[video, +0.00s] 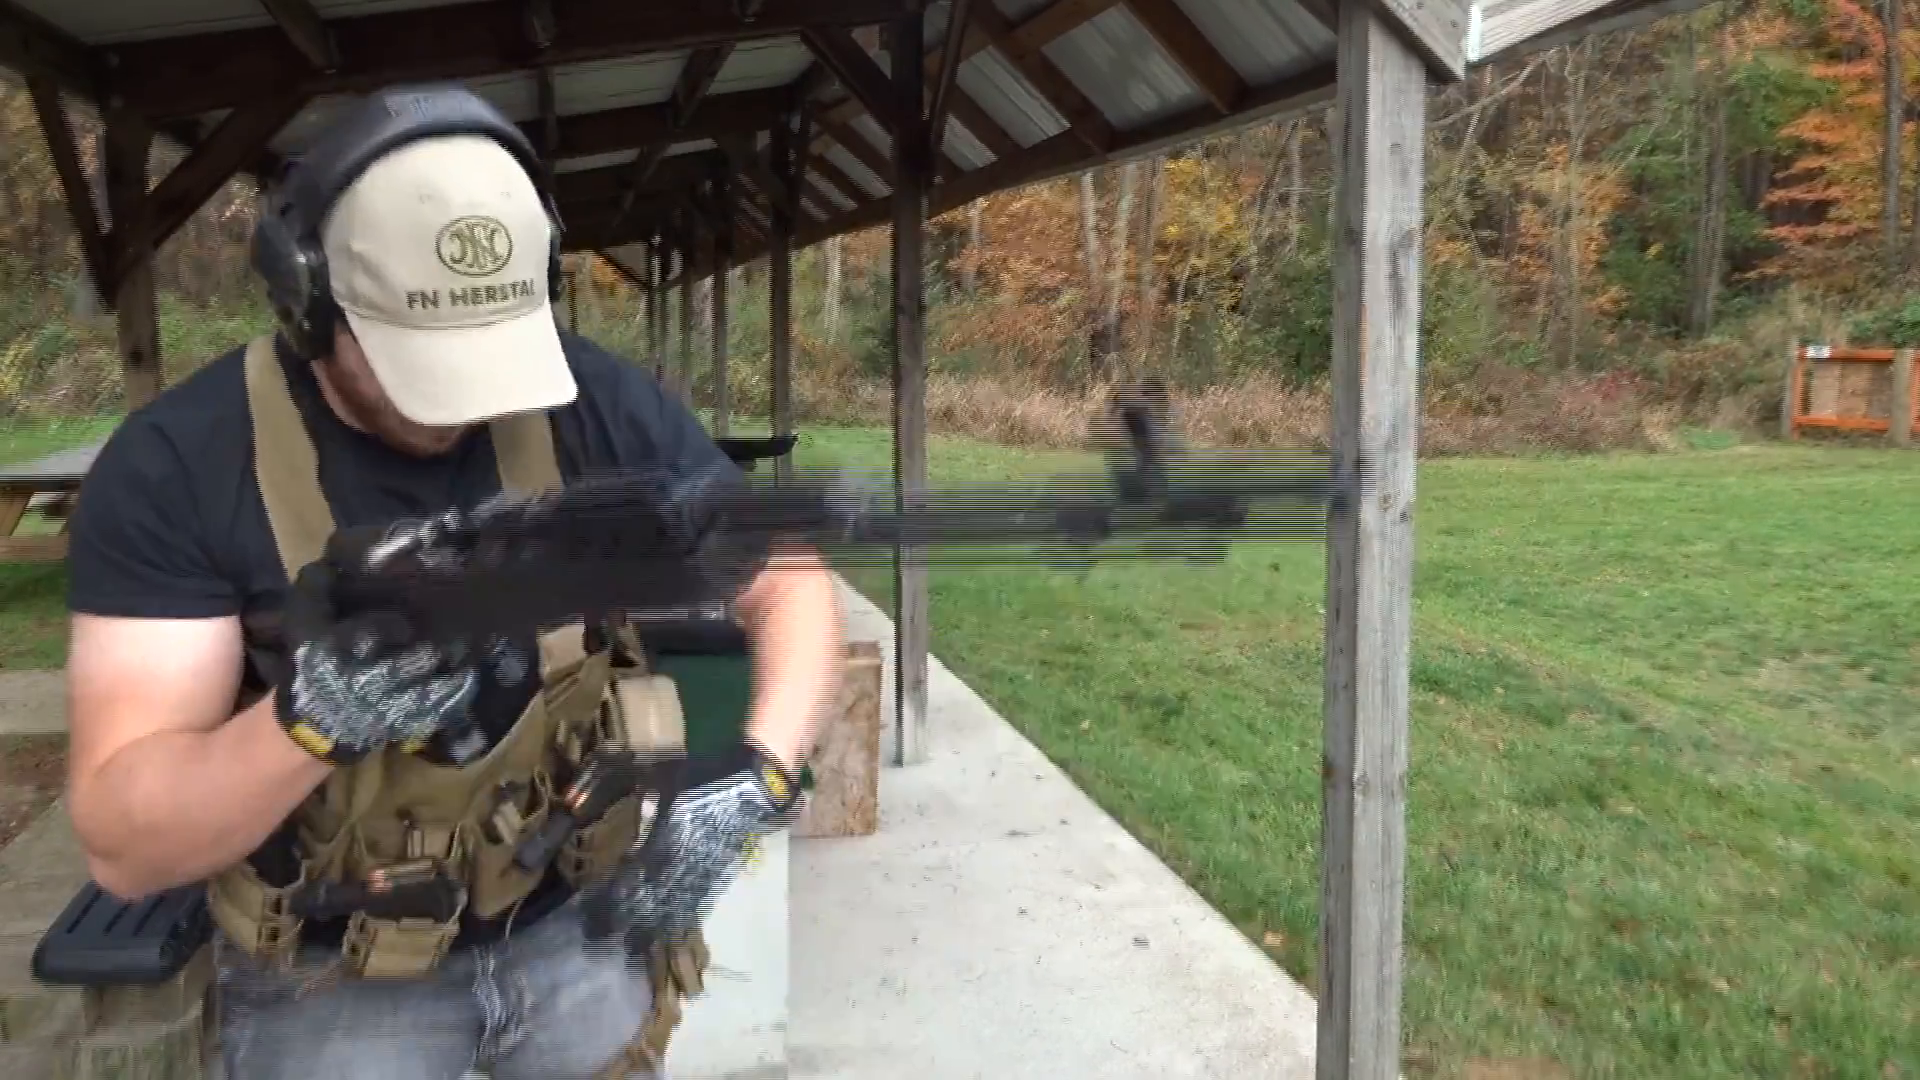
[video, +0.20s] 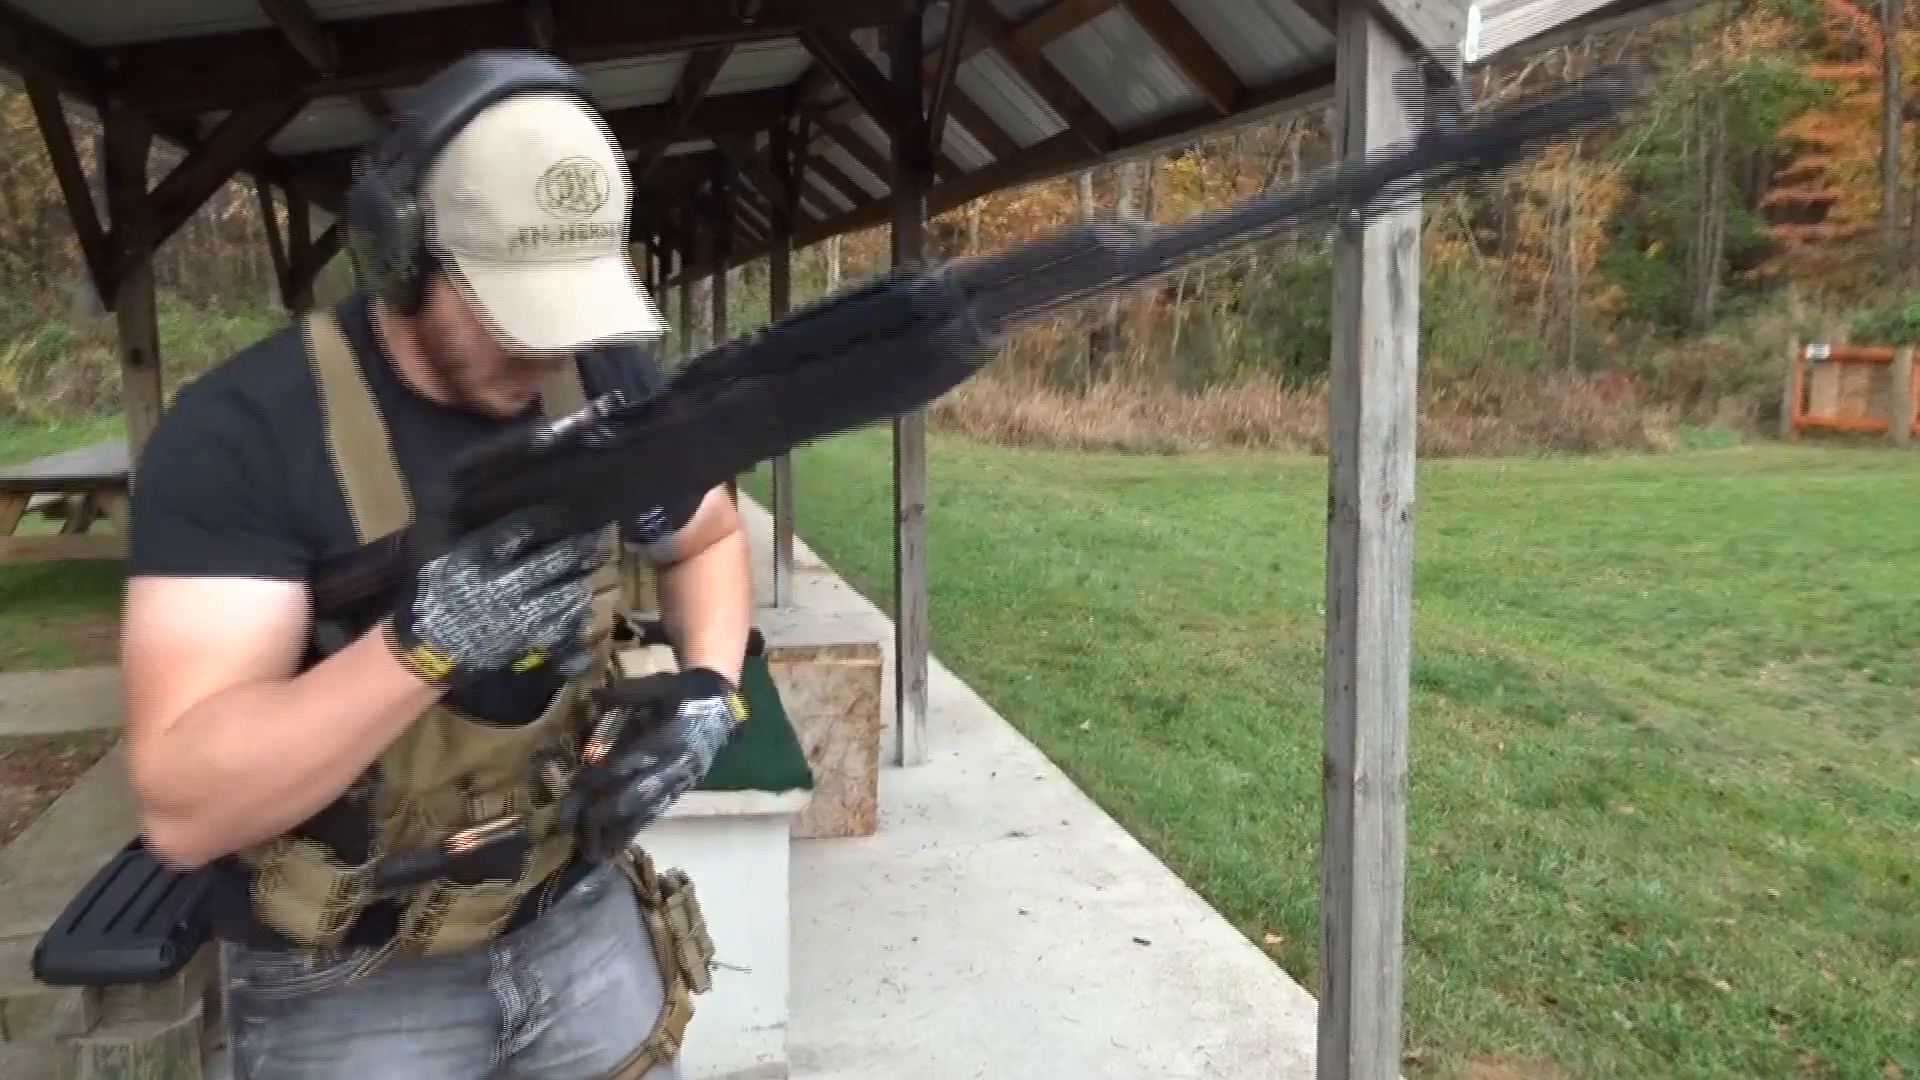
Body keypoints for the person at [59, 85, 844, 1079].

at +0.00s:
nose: (461, 401)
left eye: (487, 358)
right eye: (422, 365)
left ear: (526, 296)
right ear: (318, 315)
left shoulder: (592, 404)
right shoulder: (177, 470)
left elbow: (792, 581)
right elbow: (125, 841)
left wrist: (754, 778)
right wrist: (313, 722)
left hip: (584, 944)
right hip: (329, 983)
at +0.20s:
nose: (541, 349)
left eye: (563, 312)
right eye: (507, 312)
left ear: (586, 260)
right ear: (402, 265)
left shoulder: (603, 379)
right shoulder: (239, 440)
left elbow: (709, 535)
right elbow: (185, 807)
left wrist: (706, 700)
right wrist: (420, 649)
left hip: (584, 931)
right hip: (349, 991)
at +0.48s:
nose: (682, 306)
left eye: (701, 274)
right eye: (653, 267)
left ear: (717, 262)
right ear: (542, 227)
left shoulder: (656, 403)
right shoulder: (375, 401)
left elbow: (709, 576)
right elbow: (317, 743)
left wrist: (731, 702)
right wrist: (590, 563)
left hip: (596, 900)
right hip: (378, 946)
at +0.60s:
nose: (716, 316)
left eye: (734, 284)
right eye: (688, 275)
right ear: (583, 241)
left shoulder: (662, 413)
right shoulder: (411, 407)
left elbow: (592, 629)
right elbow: (364, 741)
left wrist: (717, 626)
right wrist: (629, 569)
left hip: (594, 896)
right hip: (391, 937)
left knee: (650, 1061)